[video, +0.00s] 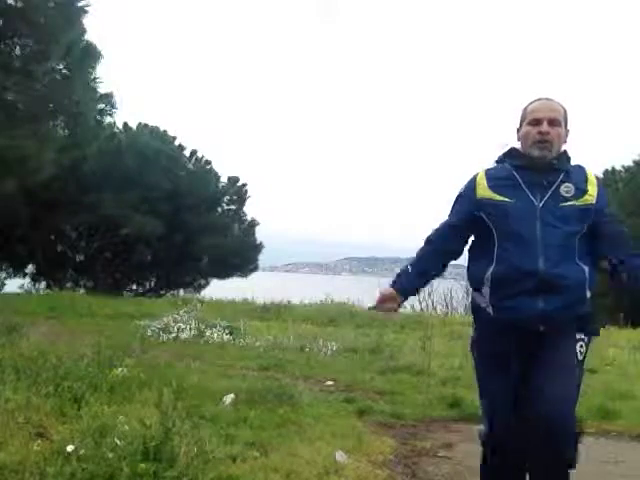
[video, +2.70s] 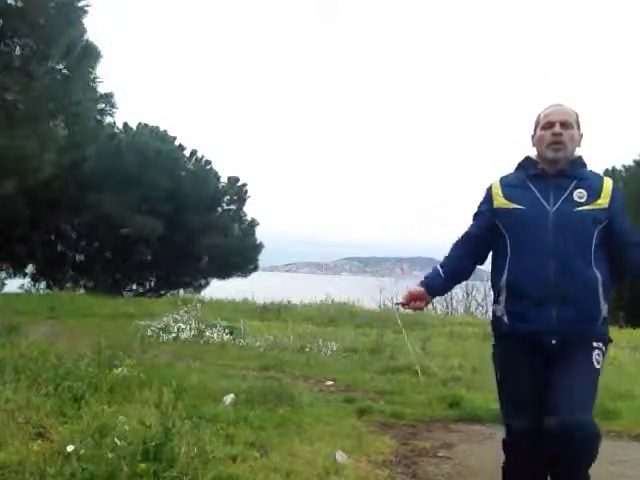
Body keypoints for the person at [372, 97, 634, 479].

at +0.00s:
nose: (543, 130)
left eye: (553, 124)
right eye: (534, 123)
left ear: (566, 135)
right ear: (519, 132)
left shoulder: (587, 188)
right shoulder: (485, 184)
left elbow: (620, 252)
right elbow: (443, 244)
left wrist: (632, 282)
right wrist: (400, 288)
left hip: (562, 329)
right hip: (498, 329)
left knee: (554, 426)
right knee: (502, 433)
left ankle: (551, 473)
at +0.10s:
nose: (547, 144)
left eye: (557, 138)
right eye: (538, 137)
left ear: (569, 150)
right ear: (522, 146)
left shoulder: (590, 198)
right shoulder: (490, 195)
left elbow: (628, 248)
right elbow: (442, 244)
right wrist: (386, 274)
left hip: (562, 337)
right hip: (496, 335)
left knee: (547, 440)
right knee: (486, 422)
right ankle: (523, 471)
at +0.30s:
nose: (553, 129)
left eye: (562, 124)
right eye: (544, 123)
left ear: (574, 135)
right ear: (527, 132)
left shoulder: (585, 173)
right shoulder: (500, 179)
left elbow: (571, 212)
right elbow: (503, 257)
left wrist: (507, 236)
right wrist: (566, 286)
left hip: (560, 320)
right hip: (499, 318)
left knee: (547, 438)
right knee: (485, 401)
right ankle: (498, 473)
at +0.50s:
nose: (547, 156)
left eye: (556, 150)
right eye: (538, 149)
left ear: (566, 161)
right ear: (520, 158)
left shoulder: (581, 203)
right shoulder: (494, 207)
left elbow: (562, 244)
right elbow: (507, 277)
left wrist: (496, 249)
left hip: (564, 336)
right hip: (503, 340)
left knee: (566, 420)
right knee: (509, 444)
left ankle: (530, 474)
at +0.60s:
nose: (550, 134)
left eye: (559, 129)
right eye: (540, 127)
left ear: (569, 141)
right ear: (522, 137)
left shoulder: (588, 195)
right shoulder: (489, 194)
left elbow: (603, 253)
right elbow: (467, 259)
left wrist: (606, 290)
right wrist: (450, 315)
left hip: (567, 335)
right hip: (503, 336)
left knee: (565, 428)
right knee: (509, 445)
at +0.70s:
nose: (552, 125)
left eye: (561, 120)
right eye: (543, 118)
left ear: (572, 133)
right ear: (525, 130)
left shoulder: (593, 188)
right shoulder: (488, 181)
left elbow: (625, 246)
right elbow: (444, 233)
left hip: (569, 331)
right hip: (502, 331)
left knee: (558, 436)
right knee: (508, 441)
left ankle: (557, 475)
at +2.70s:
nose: (556, 132)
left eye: (565, 126)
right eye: (548, 126)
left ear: (579, 138)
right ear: (534, 138)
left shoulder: (604, 192)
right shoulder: (502, 191)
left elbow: (627, 259)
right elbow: (469, 249)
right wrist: (429, 287)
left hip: (580, 336)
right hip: (517, 336)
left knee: (572, 430)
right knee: (522, 439)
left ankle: (570, 473)